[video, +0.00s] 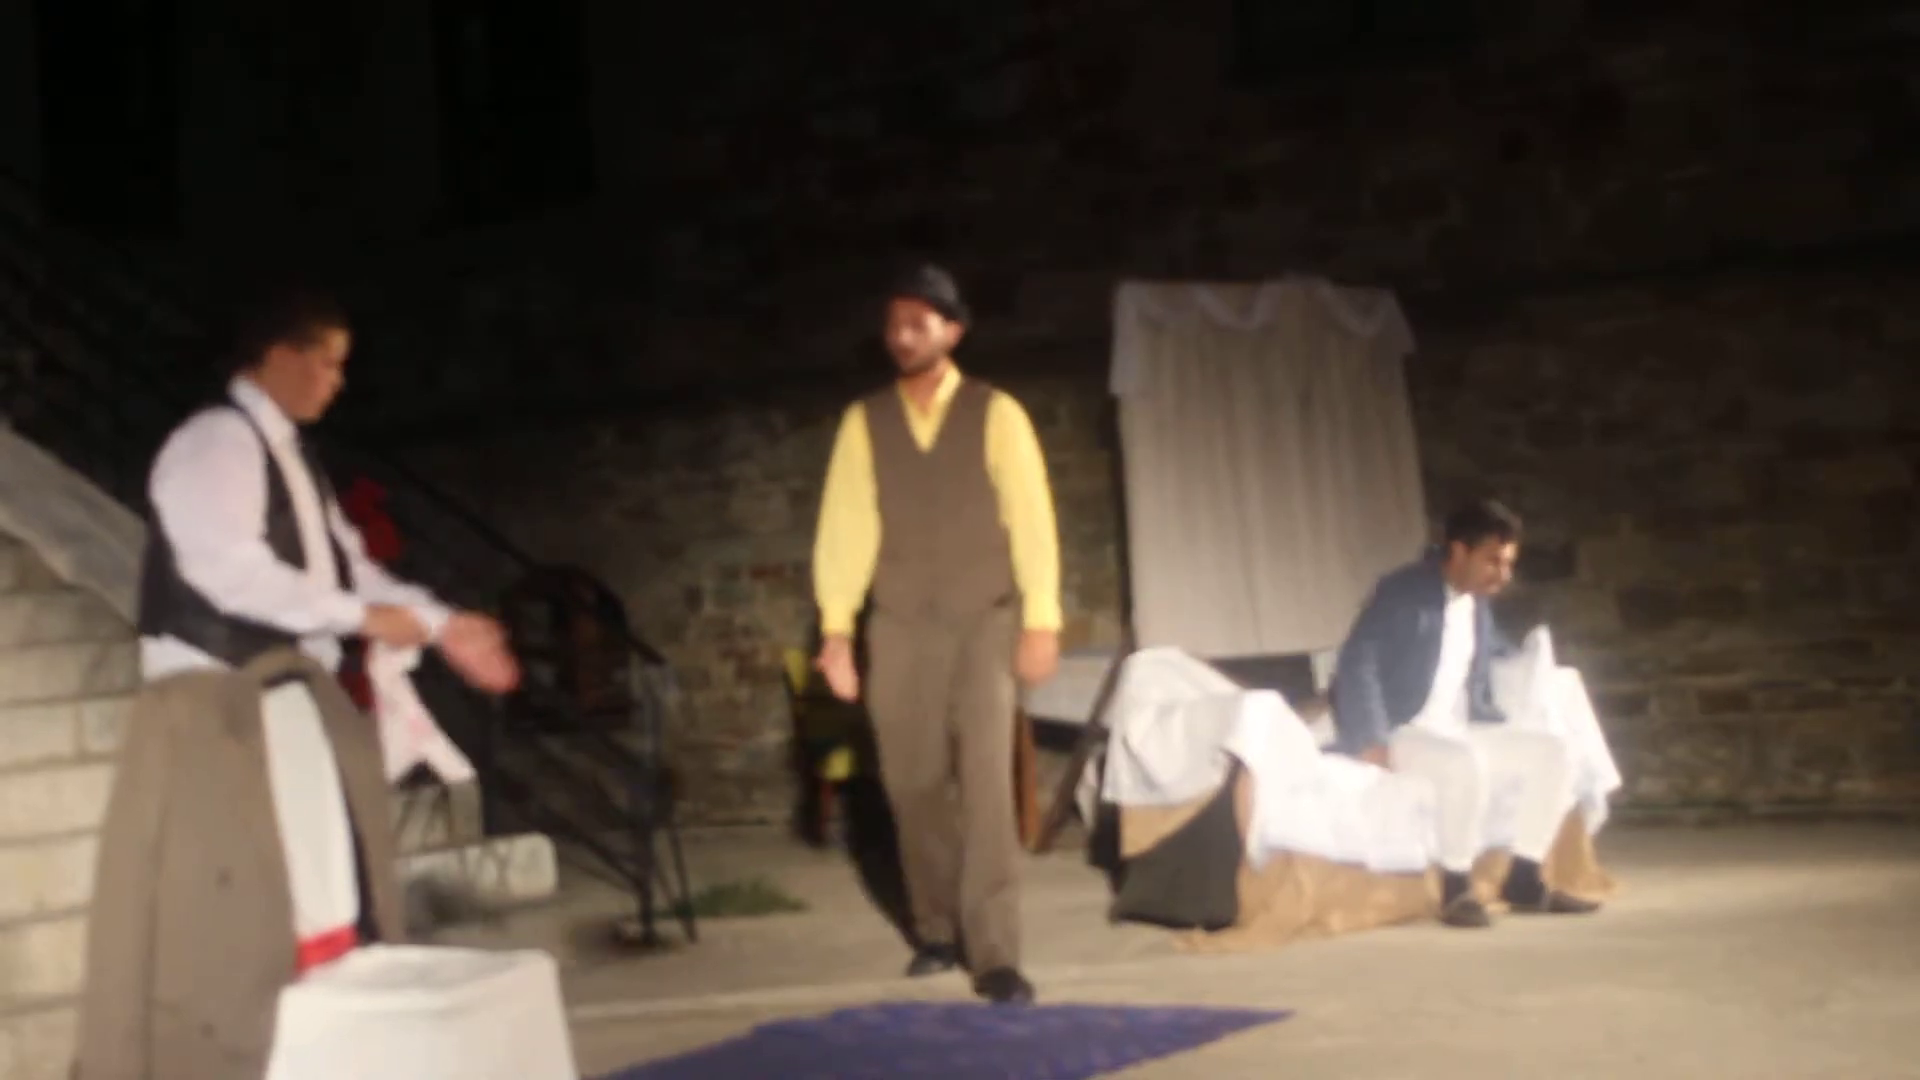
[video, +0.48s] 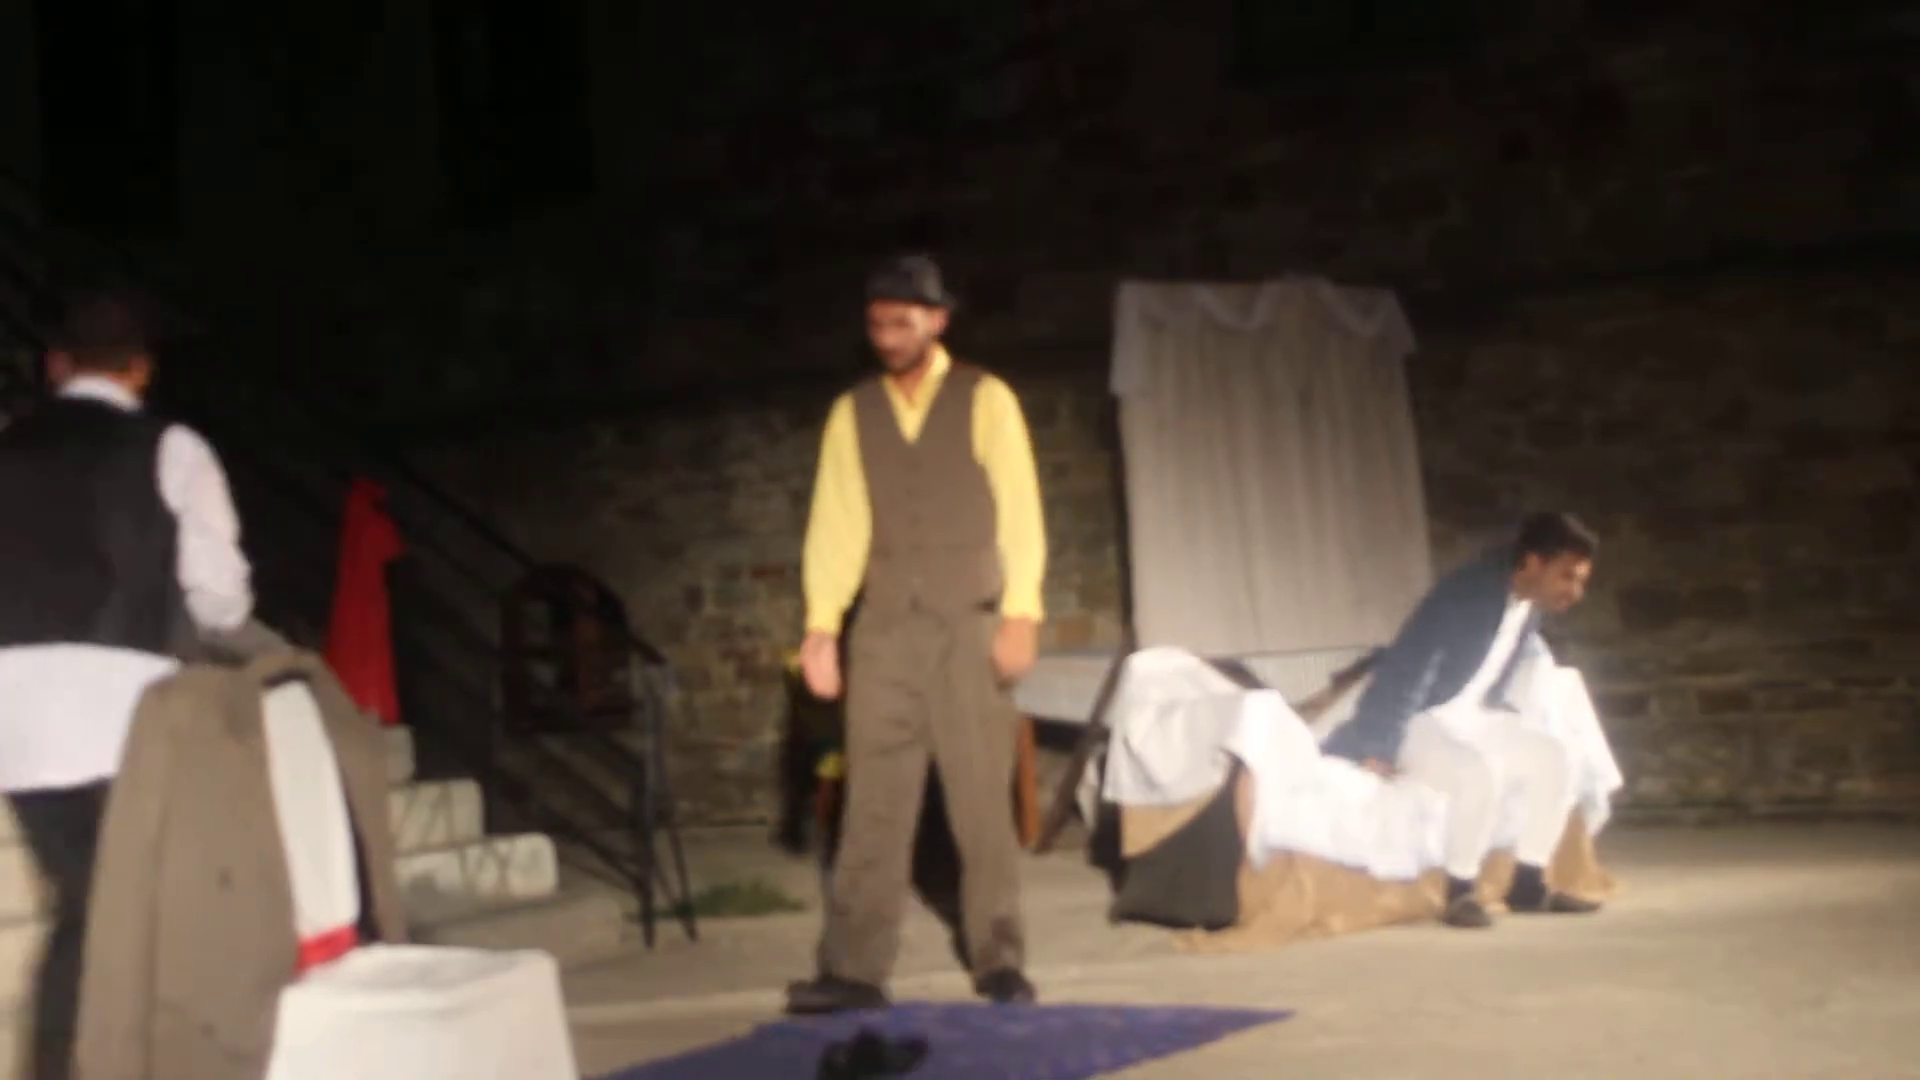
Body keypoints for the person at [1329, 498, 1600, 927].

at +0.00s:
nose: (1502, 575)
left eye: (1509, 565)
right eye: (1493, 562)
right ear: (1458, 552)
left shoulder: (1479, 608)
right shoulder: (1402, 592)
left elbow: (1480, 683)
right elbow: (1357, 662)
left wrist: (1493, 725)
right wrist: (1369, 739)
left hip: (1461, 730)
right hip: (1401, 732)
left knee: (1553, 753)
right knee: (1462, 763)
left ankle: (1524, 879)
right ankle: (1456, 890)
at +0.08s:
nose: (1509, 576)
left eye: (1515, 566)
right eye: (1499, 564)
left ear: (1518, 564)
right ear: (1464, 555)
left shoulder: (1488, 610)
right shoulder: (1410, 591)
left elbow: (1486, 688)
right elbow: (1363, 663)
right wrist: (1371, 739)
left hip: (1462, 731)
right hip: (1403, 732)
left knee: (1555, 753)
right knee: (1463, 763)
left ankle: (1526, 880)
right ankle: (1457, 891)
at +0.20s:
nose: (1524, 581)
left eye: (1530, 570)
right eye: (1514, 568)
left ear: (1534, 569)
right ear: (1478, 560)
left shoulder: (1500, 609)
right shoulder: (1423, 592)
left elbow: (1488, 681)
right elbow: (1374, 661)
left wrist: (1499, 727)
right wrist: (1372, 743)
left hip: (1464, 731)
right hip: (1405, 732)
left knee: (1554, 754)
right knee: (1468, 764)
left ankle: (1527, 880)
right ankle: (1458, 890)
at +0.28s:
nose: (1538, 589)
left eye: (1545, 579)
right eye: (1529, 574)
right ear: (1493, 563)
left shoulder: (1509, 615)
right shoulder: (1433, 596)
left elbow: (1487, 689)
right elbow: (1380, 667)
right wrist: (1373, 747)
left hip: (1465, 729)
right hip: (1407, 729)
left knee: (1552, 757)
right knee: (1468, 767)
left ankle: (1527, 883)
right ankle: (1458, 891)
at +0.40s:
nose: (1562, 597)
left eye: (1567, 586)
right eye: (1553, 582)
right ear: (1514, 569)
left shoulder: (1520, 618)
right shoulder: (1452, 599)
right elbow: (1399, 667)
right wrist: (1376, 750)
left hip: (1469, 724)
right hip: (1411, 725)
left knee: (1552, 758)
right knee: (1472, 770)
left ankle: (1527, 885)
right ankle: (1459, 892)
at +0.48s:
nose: (1575, 593)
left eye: (1582, 582)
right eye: (1568, 577)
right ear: (1532, 564)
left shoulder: (1528, 610)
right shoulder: (1468, 591)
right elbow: (1410, 662)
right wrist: (1379, 746)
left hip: (1471, 714)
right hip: (1418, 714)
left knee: (1553, 759)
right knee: (1475, 772)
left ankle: (1527, 885)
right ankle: (1461, 891)